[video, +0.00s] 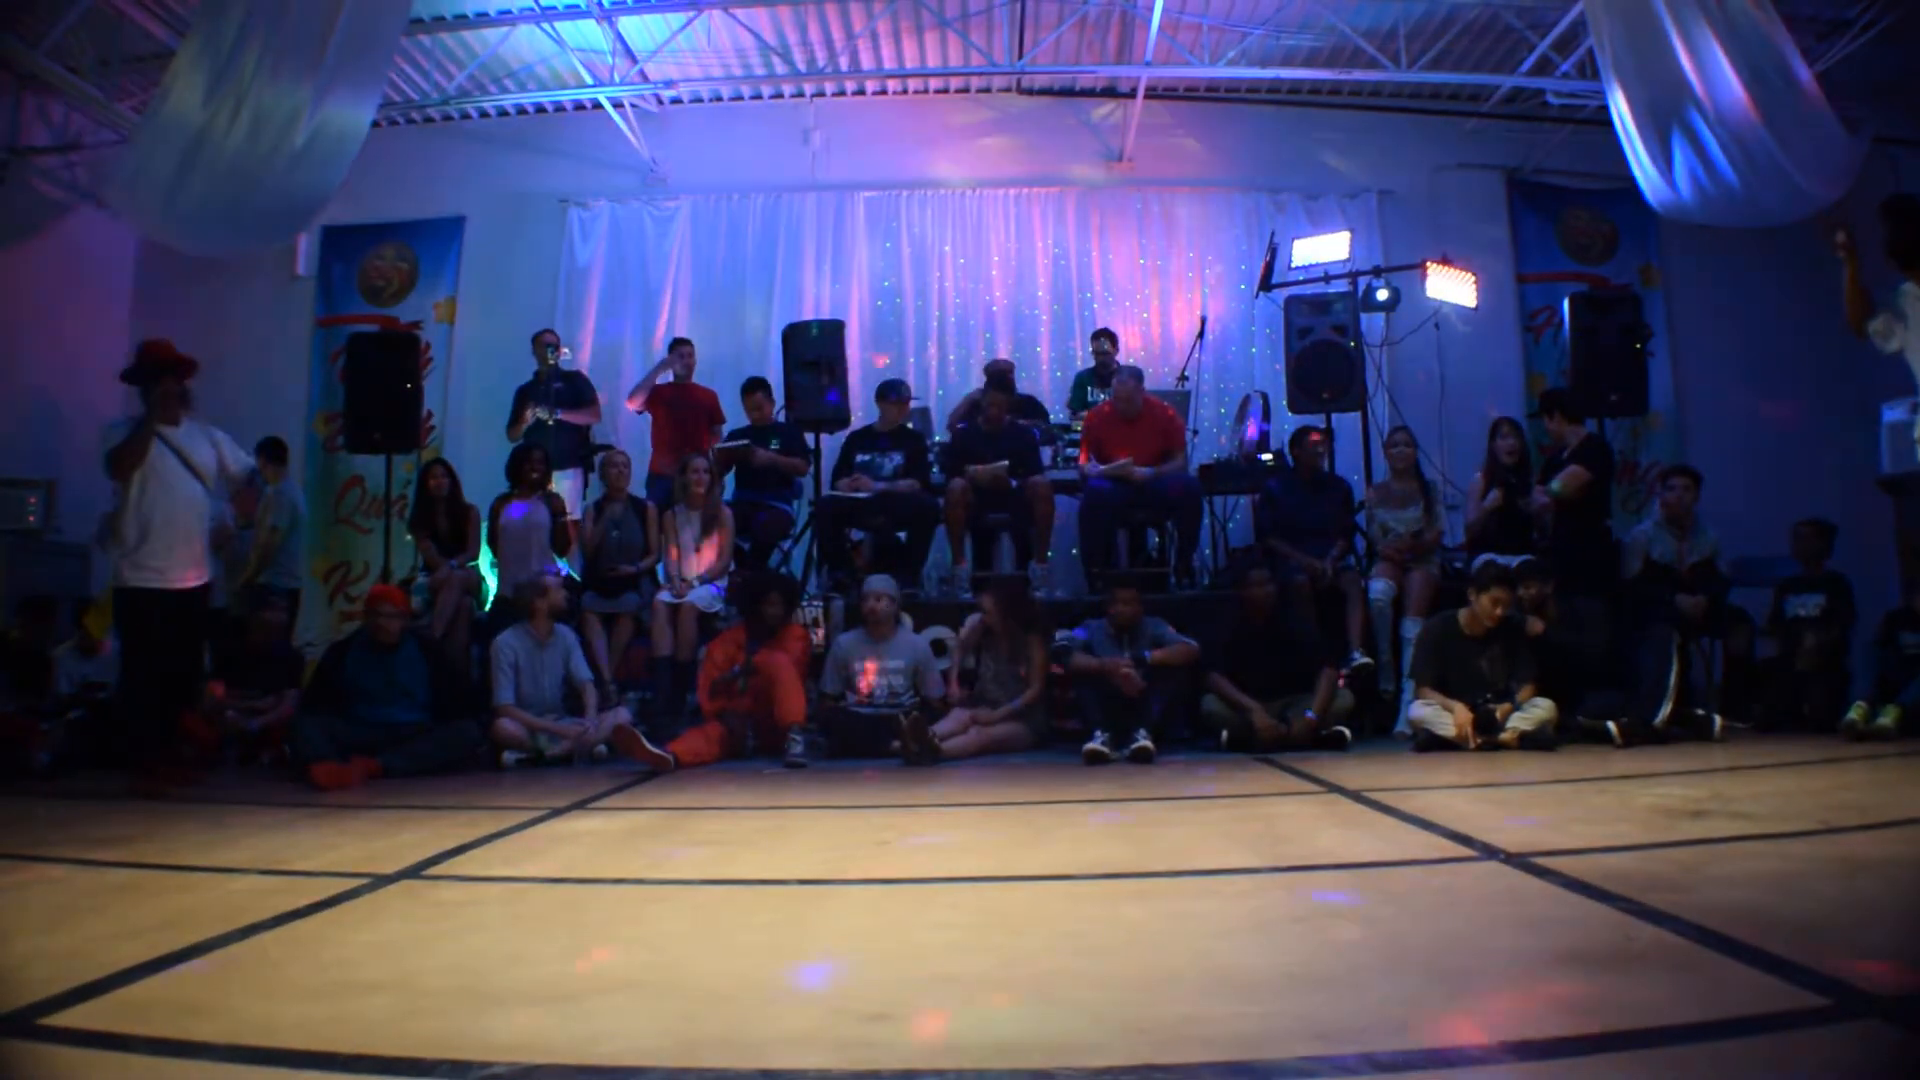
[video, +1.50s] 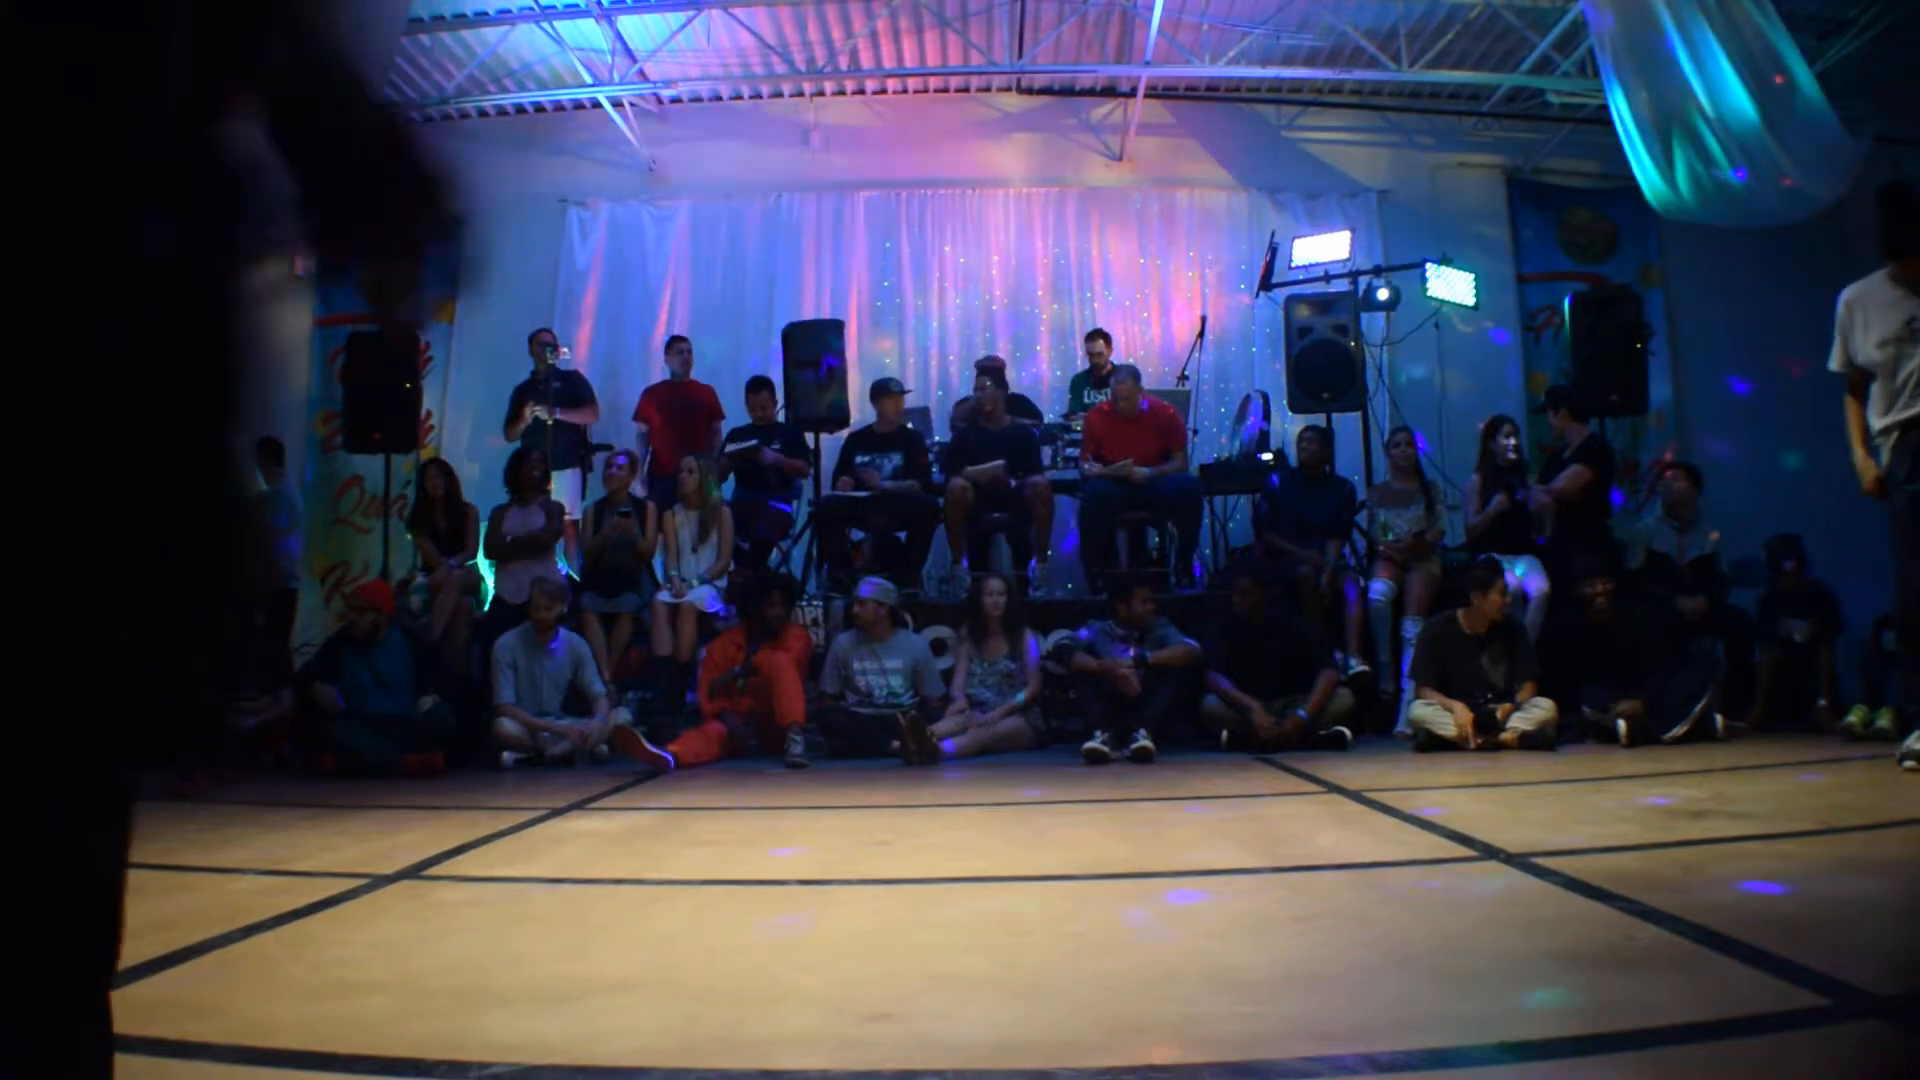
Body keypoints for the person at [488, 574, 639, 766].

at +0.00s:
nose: (566, 594)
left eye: (563, 588)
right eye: (559, 589)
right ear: (539, 602)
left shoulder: (565, 635)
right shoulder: (506, 643)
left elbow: (587, 684)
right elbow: (505, 707)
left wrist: (590, 719)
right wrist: (557, 729)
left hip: (562, 718)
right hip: (527, 721)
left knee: (622, 715)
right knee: (503, 728)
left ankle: (554, 752)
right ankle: (580, 747)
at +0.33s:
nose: (547, 590)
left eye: (543, 586)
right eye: (539, 587)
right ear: (520, 601)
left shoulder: (554, 632)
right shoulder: (494, 645)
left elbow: (572, 679)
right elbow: (504, 707)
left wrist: (587, 722)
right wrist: (561, 729)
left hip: (559, 714)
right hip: (525, 718)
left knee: (618, 708)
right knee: (503, 727)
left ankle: (561, 747)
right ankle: (579, 742)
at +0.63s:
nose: (542, 592)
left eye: (542, 586)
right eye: (533, 588)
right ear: (513, 600)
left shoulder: (557, 633)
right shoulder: (494, 645)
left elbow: (574, 680)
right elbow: (503, 705)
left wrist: (587, 721)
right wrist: (556, 725)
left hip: (561, 710)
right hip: (525, 716)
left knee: (615, 701)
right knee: (504, 726)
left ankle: (554, 749)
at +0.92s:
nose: (546, 592)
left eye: (546, 586)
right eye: (537, 588)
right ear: (516, 598)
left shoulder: (561, 635)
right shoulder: (498, 645)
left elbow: (584, 684)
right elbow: (502, 705)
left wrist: (588, 722)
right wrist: (553, 727)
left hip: (564, 716)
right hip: (526, 720)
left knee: (618, 709)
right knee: (503, 725)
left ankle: (559, 748)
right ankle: (580, 747)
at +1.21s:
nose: (557, 599)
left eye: (557, 593)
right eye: (548, 593)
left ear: (561, 596)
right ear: (527, 602)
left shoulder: (572, 642)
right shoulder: (505, 645)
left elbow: (599, 689)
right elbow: (504, 706)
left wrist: (597, 723)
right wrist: (556, 728)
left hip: (564, 720)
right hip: (527, 722)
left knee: (620, 715)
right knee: (503, 727)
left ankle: (552, 752)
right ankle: (582, 749)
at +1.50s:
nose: (541, 615)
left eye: (548, 609)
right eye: (536, 608)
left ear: (562, 609)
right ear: (529, 607)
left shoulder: (575, 644)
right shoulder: (507, 644)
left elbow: (598, 695)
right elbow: (504, 706)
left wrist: (597, 725)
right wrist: (561, 730)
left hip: (562, 720)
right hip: (525, 722)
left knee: (622, 716)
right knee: (502, 727)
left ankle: (549, 754)